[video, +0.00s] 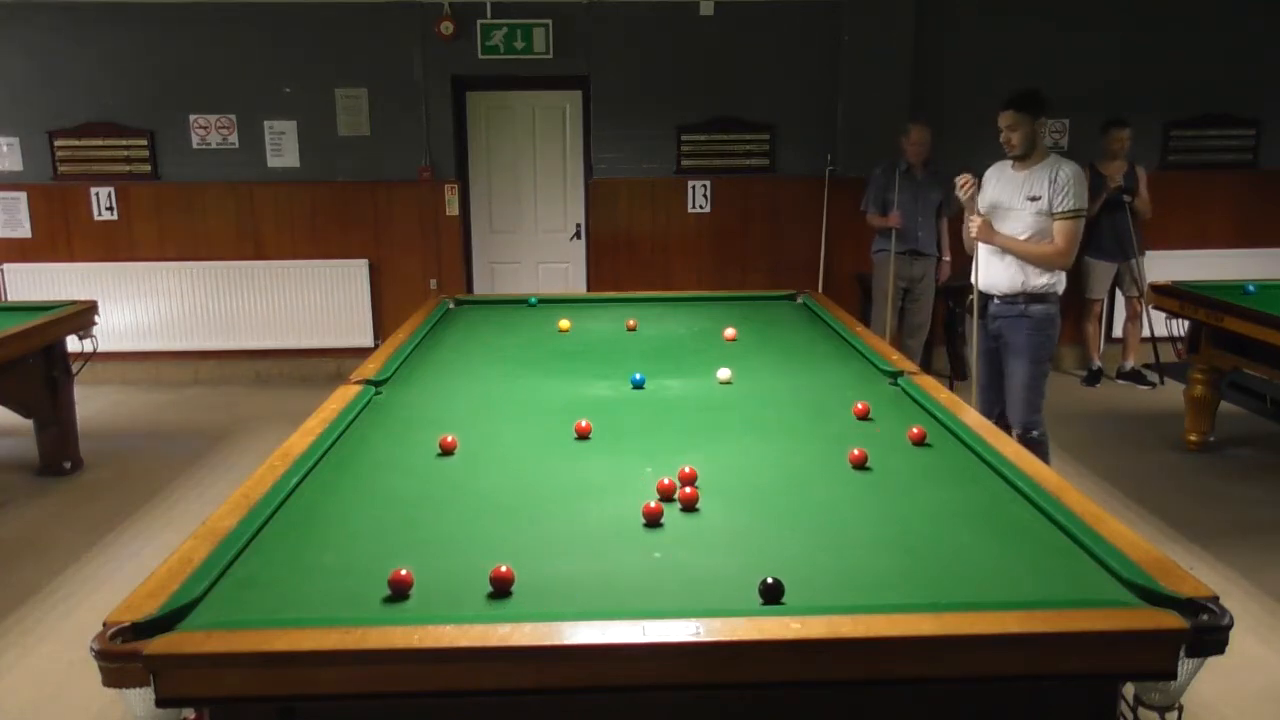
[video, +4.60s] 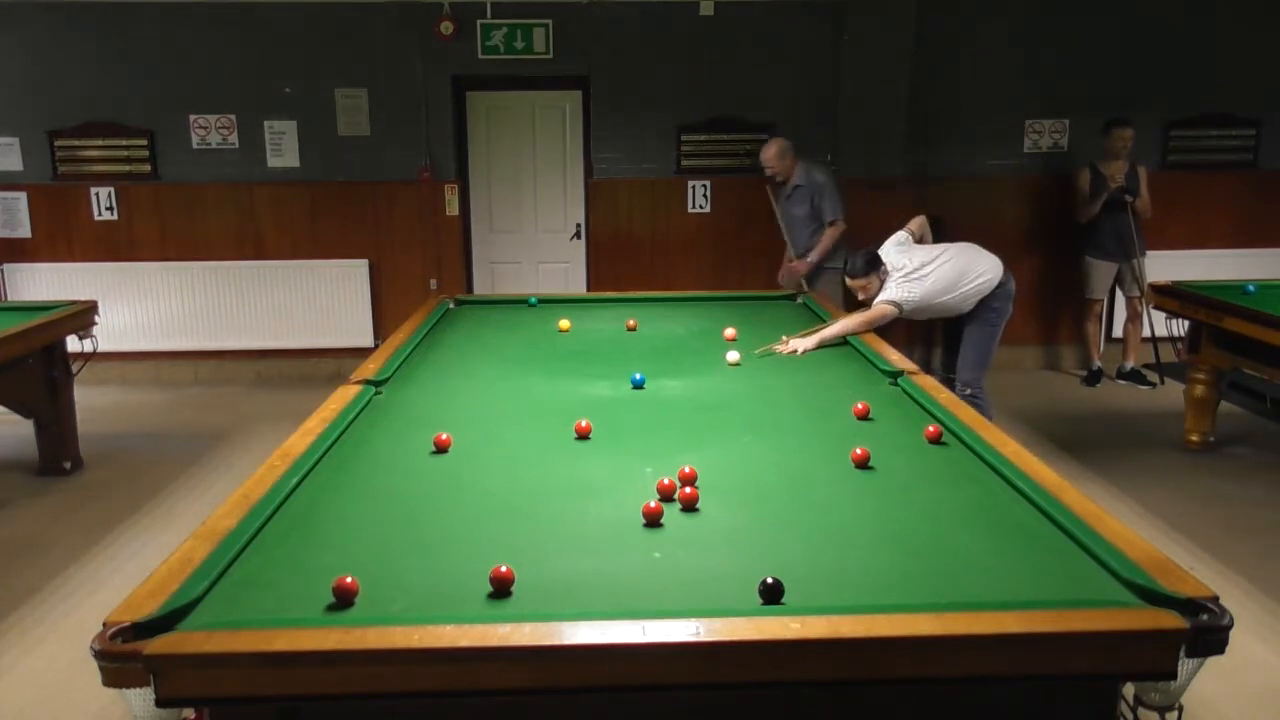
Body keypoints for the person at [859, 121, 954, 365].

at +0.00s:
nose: (919, 149)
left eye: (923, 144)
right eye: (914, 144)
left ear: (930, 146)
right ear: (903, 144)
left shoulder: (936, 178)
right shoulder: (885, 174)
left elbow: (942, 219)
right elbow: (871, 217)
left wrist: (945, 257)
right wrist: (886, 222)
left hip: (926, 259)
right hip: (890, 257)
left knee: (917, 329)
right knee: (884, 325)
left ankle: (908, 384)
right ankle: (878, 380)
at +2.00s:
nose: (935, 153)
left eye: (938, 148)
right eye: (931, 147)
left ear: (940, 148)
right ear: (915, 144)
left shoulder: (937, 178)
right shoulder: (891, 173)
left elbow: (944, 217)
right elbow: (875, 217)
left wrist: (932, 231)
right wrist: (913, 227)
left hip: (926, 259)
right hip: (893, 258)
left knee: (917, 328)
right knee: (887, 327)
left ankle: (913, 385)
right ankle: (879, 383)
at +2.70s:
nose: (917, 152)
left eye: (922, 147)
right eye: (913, 146)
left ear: (928, 149)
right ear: (904, 147)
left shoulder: (935, 179)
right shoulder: (888, 175)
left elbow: (944, 218)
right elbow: (865, 213)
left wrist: (932, 248)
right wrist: (877, 248)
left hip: (923, 261)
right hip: (889, 260)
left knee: (915, 330)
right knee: (883, 326)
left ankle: (912, 385)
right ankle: (879, 381)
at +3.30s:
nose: (880, 152)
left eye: (885, 147)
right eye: (876, 147)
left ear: (893, 148)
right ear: (868, 148)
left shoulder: (903, 176)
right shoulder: (856, 175)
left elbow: (915, 218)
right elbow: (838, 216)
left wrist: (908, 248)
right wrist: (846, 258)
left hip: (897, 259)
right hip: (864, 259)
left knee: (897, 322)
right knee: (865, 323)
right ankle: (862, 373)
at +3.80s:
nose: (844, 168)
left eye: (850, 163)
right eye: (839, 163)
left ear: (862, 157)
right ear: (834, 160)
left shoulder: (884, 178)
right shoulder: (835, 181)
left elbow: (904, 214)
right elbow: (826, 223)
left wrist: (881, 239)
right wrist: (819, 261)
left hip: (878, 257)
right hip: (847, 259)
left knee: (877, 317)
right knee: (850, 315)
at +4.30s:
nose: (806, 172)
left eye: (811, 166)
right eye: (803, 167)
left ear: (826, 159)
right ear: (800, 163)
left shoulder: (854, 179)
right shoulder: (811, 181)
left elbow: (873, 224)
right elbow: (813, 223)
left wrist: (839, 249)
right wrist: (807, 256)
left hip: (850, 268)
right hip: (821, 266)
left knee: (849, 328)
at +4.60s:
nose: (768, 173)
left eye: (772, 167)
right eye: (765, 168)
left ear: (788, 160)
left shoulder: (818, 179)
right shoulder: (782, 186)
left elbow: (837, 226)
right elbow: (794, 232)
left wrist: (809, 262)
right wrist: (787, 264)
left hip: (826, 268)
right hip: (799, 267)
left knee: (829, 329)